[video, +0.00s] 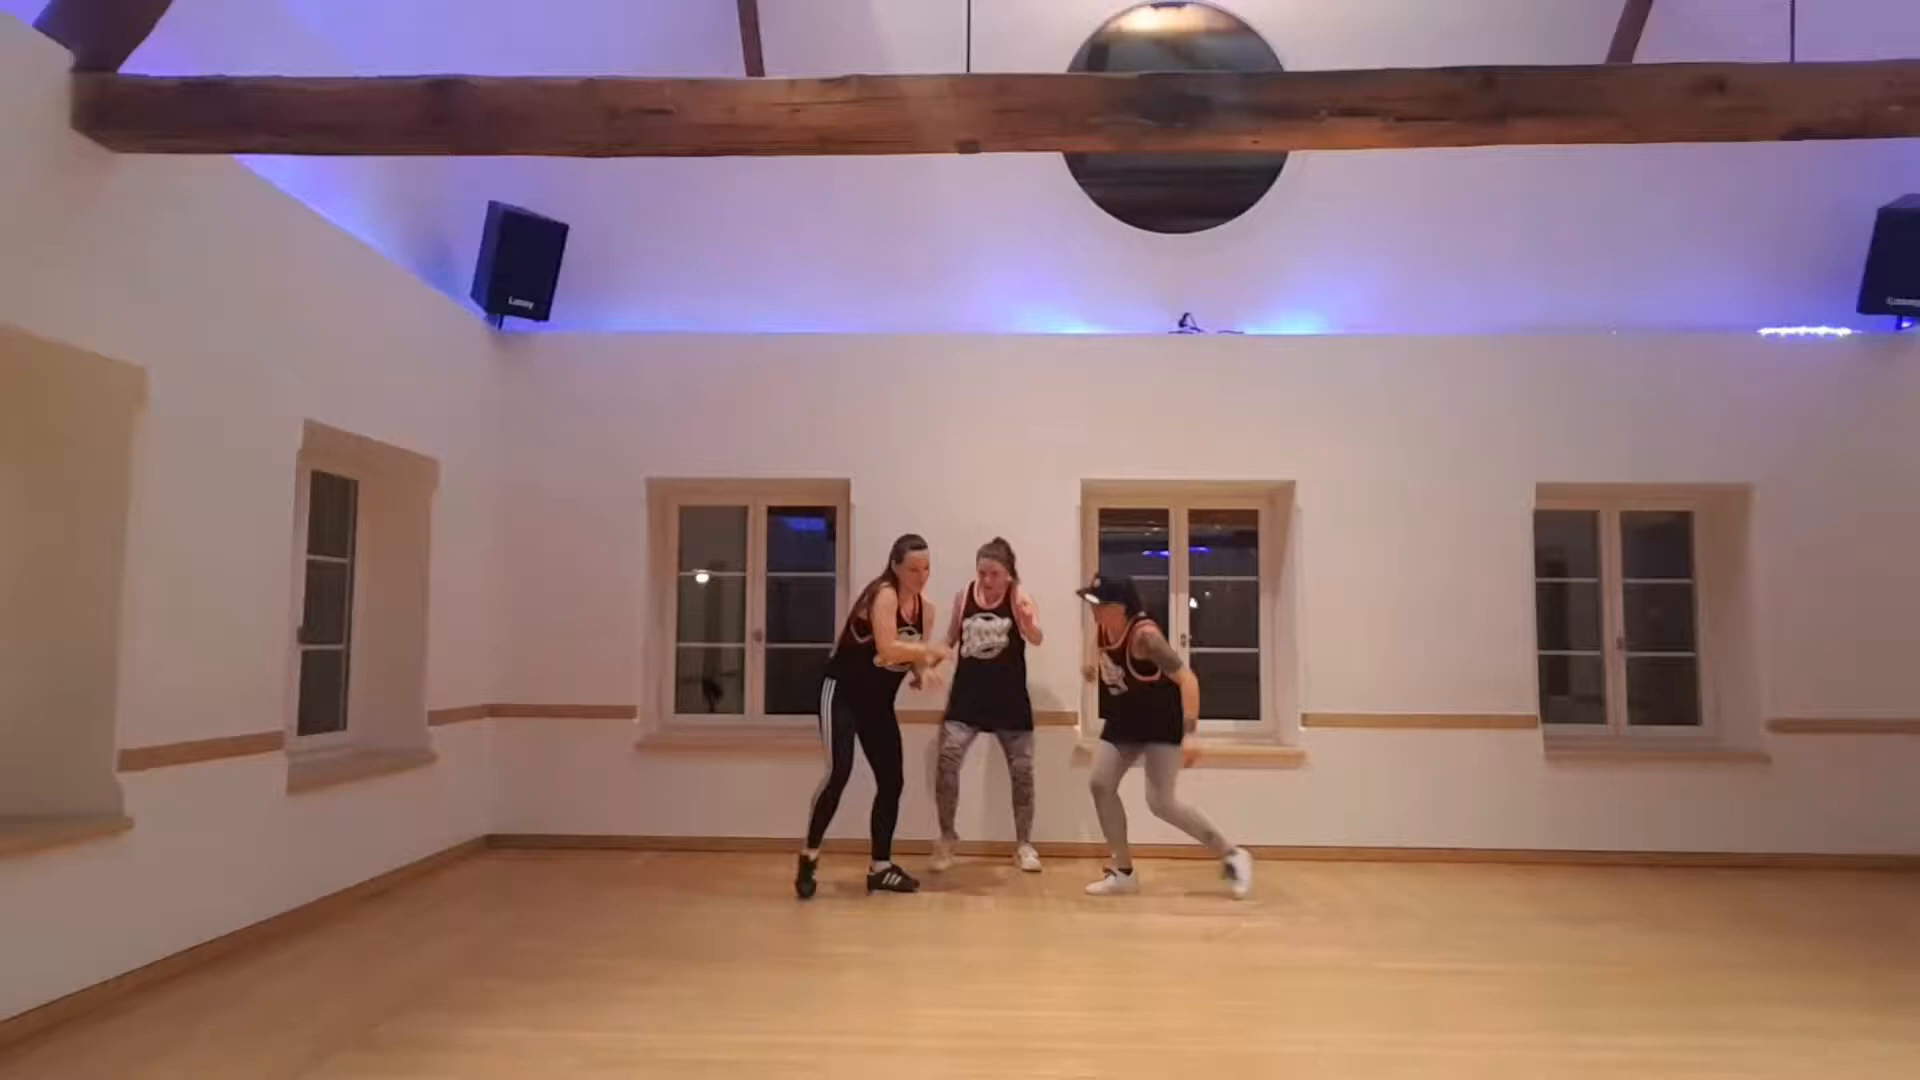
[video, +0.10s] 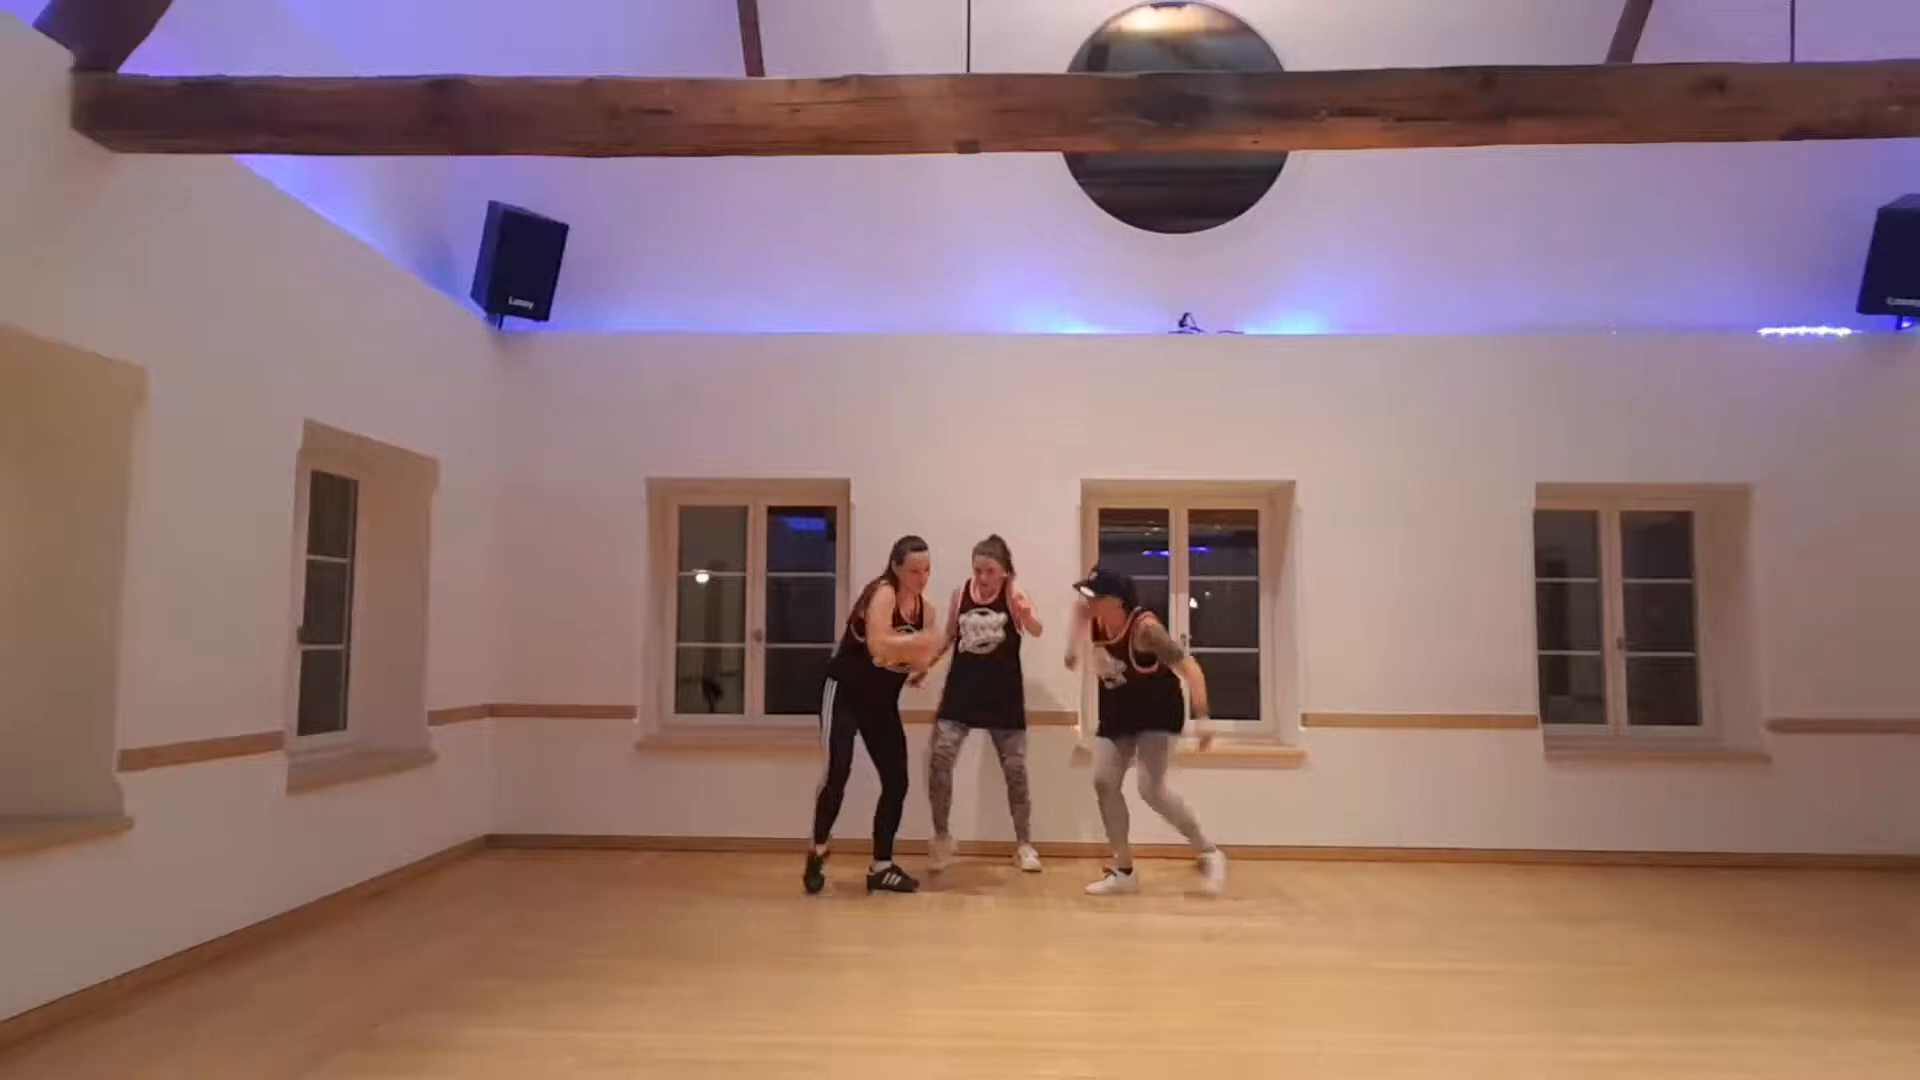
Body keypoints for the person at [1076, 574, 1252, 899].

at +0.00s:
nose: (1095, 611)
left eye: (1101, 606)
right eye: (1095, 605)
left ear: (1120, 607)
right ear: (1106, 607)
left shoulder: (1147, 636)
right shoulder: (1103, 630)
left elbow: (1188, 680)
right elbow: (1105, 668)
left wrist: (1190, 735)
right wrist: (1093, 669)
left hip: (1163, 725)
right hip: (1124, 722)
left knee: (1161, 802)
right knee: (1100, 785)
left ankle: (1233, 856)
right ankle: (1123, 871)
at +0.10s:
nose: (1091, 604)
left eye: (1096, 598)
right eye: (1090, 598)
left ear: (1117, 600)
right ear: (1098, 601)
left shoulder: (1146, 628)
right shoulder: (1096, 623)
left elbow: (1191, 670)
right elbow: (1073, 663)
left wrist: (1202, 717)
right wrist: (1079, 626)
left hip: (1158, 710)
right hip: (1118, 711)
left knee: (1152, 788)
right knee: (1105, 783)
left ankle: (1209, 853)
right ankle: (1123, 870)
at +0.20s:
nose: (1092, 594)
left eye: (1098, 588)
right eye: (1092, 588)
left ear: (1118, 592)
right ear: (1094, 591)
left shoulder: (1148, 617)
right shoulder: (1091, 606)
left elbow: (1194, 645)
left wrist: (1215, 690)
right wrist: (1049, 633)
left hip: (1150, 702)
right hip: (1109, 703)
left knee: (1135, 776)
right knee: (1106, 780)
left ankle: (1162, 861)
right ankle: (1122, 869)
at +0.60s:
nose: (1092, 574)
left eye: (1098, 569)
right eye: (1092, 569)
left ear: (1118, 574)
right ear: (1101, 575)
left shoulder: (1153, 608)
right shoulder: (1089, 606)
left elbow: (1186, 643)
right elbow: (1038, 630)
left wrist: (1235, 644)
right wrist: (1029, 619)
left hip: (1128, 715)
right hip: (1087, 712)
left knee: (1089, 787)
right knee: (1080, 794)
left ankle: (1125, 863)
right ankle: (1115, 865)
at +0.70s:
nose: (1088, 564)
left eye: (1094, 558)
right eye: (1087, 559)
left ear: (1114, 561)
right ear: (1094, 564)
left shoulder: (1149, 592)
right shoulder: (1084, 592)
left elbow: (1196, 613)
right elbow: (1027, 606)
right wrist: (1010, 578)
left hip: (1131, 703)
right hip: (1091, 702)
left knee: (1092, 770)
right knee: (1084, 780)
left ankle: (1125, 856)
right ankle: (1115, 862)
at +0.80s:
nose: (1083, 557)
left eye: (1088, 550)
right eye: (1082, 551)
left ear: (1107, 550)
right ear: (1092, 554)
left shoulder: (1146, 580)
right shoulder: (1083, 585)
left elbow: (1194, 586)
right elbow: (1028, 596)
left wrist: (1204, 546)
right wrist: (997, 563)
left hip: (1136, 696)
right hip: (1094, 698)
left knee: (1107, 764)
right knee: (1095, 784)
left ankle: (1118, 865)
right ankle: (1115, 867)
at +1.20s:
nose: (1075, 580)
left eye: (1079, 572)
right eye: (1073, 574)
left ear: (1101, 570)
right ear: (1086, 575)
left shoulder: (1139, 589)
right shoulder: (1080, 613)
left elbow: (1183, 551)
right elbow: (1042, 645)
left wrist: (1144, 543)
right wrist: (1003, 616)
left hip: (1143, 713)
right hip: (1096, 716)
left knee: (1139, 789)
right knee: (1097, 798)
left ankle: (1130, 869)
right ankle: (1116, 865)